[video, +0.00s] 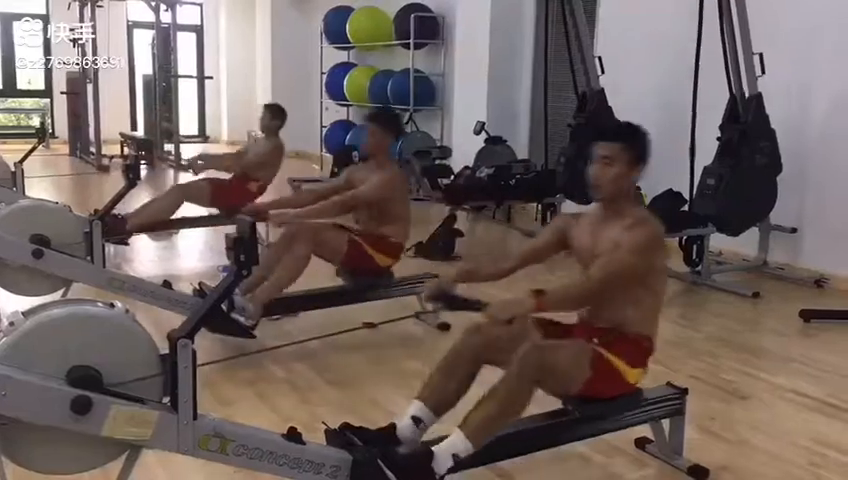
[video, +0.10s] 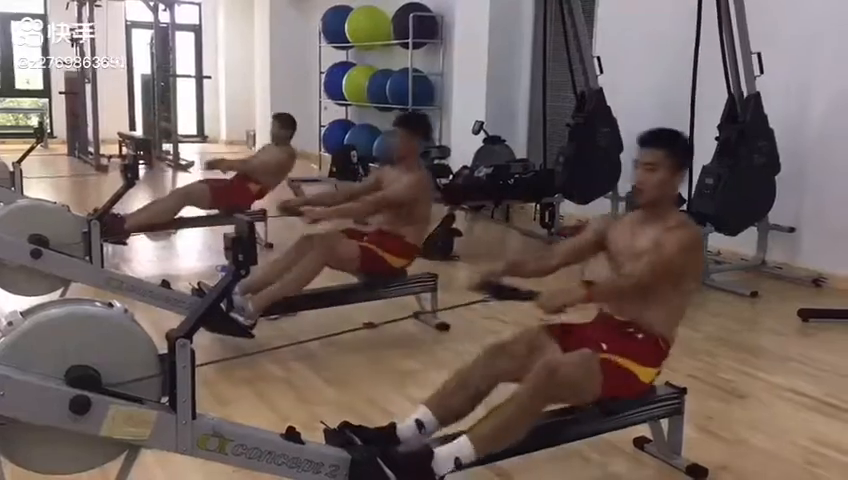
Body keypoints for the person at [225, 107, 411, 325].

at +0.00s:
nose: (364, 137)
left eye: (371, 133)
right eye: (366, 131)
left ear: (387, 139)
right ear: (374, 136)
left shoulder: (389, 178)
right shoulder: (359, 171)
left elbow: (342, 205)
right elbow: (314, 195)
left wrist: (288, 217)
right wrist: (266, 207)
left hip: (380, 252)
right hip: (361, 240)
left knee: (307, 236)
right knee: (293, 229)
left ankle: (255, 304)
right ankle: (243, 291)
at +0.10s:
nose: (393, 141)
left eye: (400, 136)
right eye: (394, 135)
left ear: (416, 142)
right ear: (396, 138)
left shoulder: (416, 180)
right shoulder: (388, 172)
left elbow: (373, 205)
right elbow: (350, 192)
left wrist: (323, 215)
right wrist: (305, 199)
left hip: (392, 253)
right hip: (371, 239)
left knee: (322, 248)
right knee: (306, 242)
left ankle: (255, 307)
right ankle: (240, 290)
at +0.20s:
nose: (417, 151)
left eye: (424, 147)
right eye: (418, 145)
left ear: (442, 152)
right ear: (418, 146)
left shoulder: (443, 189)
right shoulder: (411, 178)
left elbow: (404, 213)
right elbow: (371, 196)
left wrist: (359, 215)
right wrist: (330, 199)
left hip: (403, 251)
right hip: (384, 238)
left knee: (328, 257)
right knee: (315, 251)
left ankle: (251, 307)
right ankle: (235, 288)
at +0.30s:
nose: (433, 163)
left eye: (441, 158)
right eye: (433, 156)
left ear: (458, 163)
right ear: (431, 157)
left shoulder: (457, 198)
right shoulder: (423, 184)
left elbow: (441, 226)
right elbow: (396, 206)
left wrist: (380, 214)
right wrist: (364, 207)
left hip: (403, 249)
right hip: (384, 234)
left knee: (329, 265)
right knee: (316, 254)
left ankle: (251, 305)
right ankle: (235, 287)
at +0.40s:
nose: (434, 166)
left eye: (439, 161)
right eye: (435, 160)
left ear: (457, 166)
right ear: (442, 162)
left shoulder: (463, 203)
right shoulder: (431, 189)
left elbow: (463, 246)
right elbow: (412, 220)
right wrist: (393, 210)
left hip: (401, 251)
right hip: (384, 236)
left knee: (328, 262)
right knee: (315, 252)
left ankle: (250, 303)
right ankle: (239, 287)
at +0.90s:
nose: (420, 149)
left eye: (426, 144)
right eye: (420, 143)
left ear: (443, 149)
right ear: (426, 146)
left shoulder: (450, 186)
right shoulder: (418, 176)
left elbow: (454, 232)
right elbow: (406, 212)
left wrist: (416, 219)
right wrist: (385, 217)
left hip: (402, 247)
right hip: (383, 234)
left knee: (326, 261)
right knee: (314, 250)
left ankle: (248, 305)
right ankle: (235, 286)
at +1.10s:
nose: (403, 138)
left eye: (410, 133)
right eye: (404, 132)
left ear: (428, 139)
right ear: (412, 135)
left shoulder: (437, 176)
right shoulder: (406, 169)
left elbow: (423, 228)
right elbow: (379, 207)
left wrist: (382, 225)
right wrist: (342, 221)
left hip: (399, 245)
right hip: (375, 236)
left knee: (329, 264)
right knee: (315, 253)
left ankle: (248, 303)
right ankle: (233, 286)